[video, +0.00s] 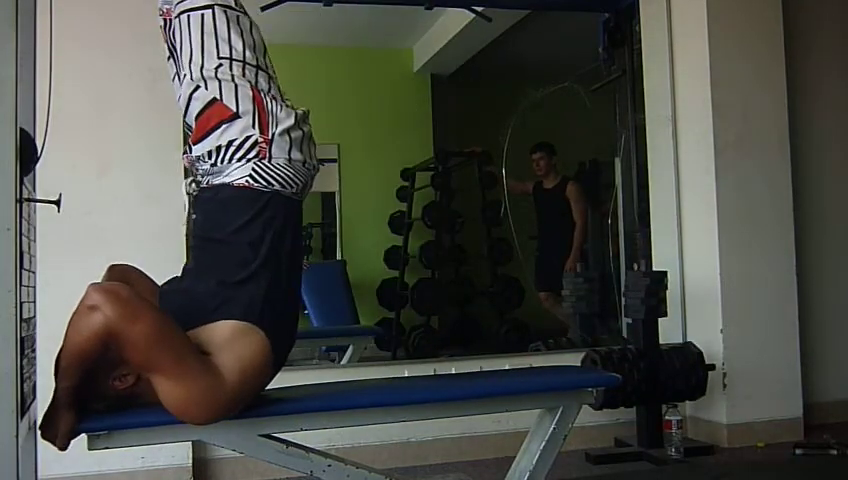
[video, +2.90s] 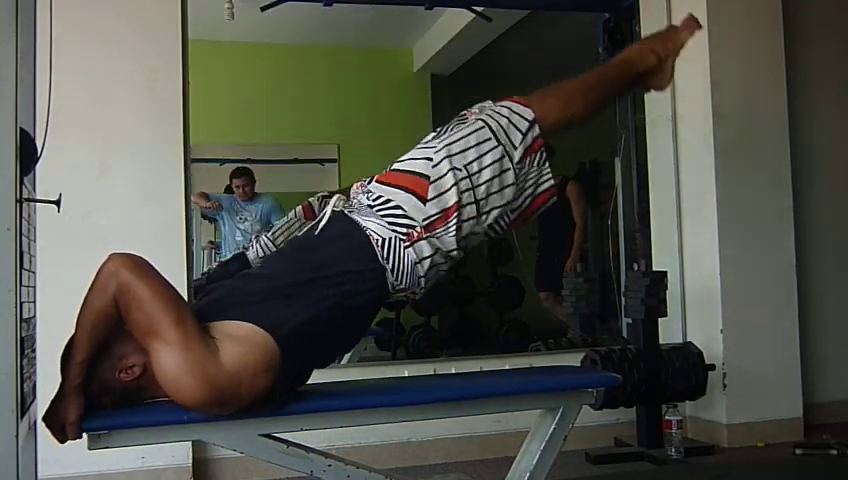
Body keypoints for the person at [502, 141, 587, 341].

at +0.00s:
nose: (537, 165)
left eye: (541, 160)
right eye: (534, 161)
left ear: (552, 161)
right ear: (532, 164)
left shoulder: (569, 187)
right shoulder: (535, 187)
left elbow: (580, 224)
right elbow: (511, 185)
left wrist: (573, 257)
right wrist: (489, 166)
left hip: (566, 250)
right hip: (545, 249)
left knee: (568, 296)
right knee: (545, 297)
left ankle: (574, 337)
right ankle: (575, 329)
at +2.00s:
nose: (536, 165)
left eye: (541, 160)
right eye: (534, 161)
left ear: (552, 161)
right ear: (532, 164)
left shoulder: (570, 187)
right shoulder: (536, 187)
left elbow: (581, 224)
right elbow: (511, 185)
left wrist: (574, 256)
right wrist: (488, 167)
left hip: (567, 250)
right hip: (546, 249)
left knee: (568, 296)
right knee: (546, 297)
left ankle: (576, 335)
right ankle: (577, 329)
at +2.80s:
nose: (543, 166)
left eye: (546, 160)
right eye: (539, 162)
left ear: (553, 160)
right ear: (535, 164)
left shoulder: (570, 187)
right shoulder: (538, 190)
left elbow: (580, 224)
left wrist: (574, 256)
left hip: (566, 250)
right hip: (545, 250)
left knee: (569, 295)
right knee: (545, 297)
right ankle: (576, 329)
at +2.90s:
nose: (541, 169)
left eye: (543, 164)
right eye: (537, 165)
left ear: (550, 162)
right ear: (535, 168)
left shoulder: (569, 187)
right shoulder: (539, 189)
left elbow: (580, 224)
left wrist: (574, 257)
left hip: (566, 249)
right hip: (546, 249)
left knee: (569, 295)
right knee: (546, 297)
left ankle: (579, 332)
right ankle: (577, 330)